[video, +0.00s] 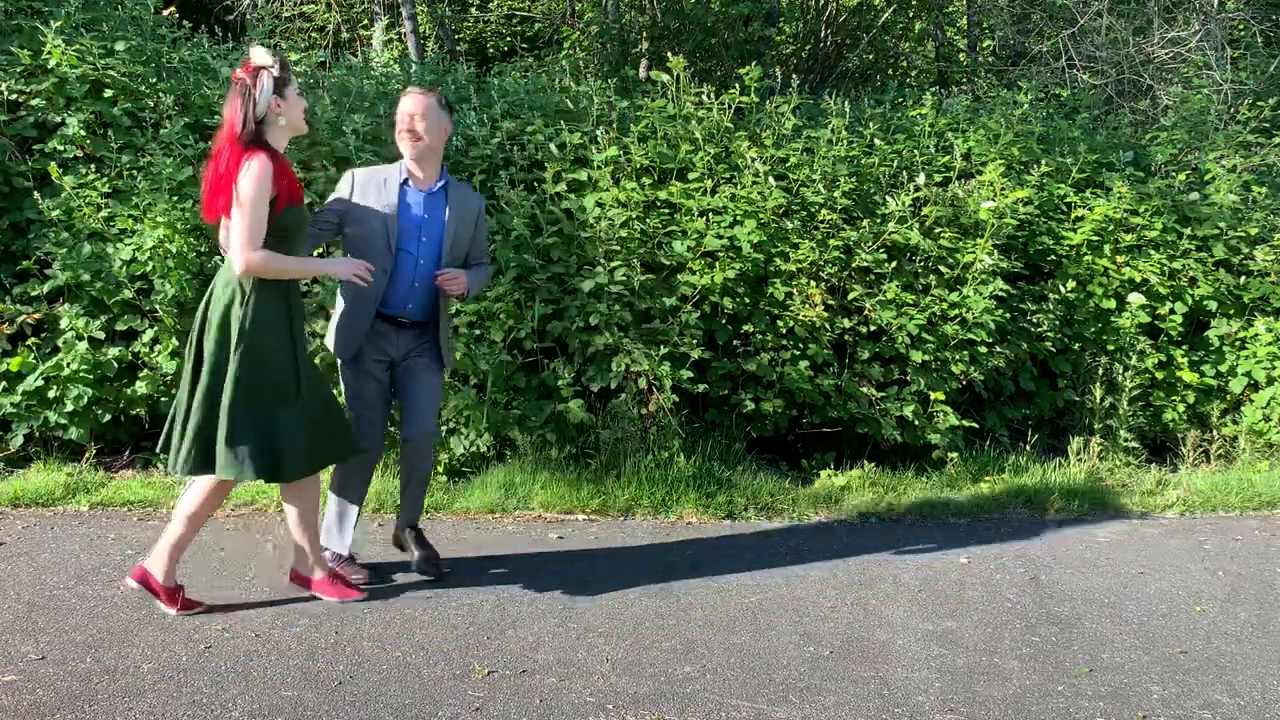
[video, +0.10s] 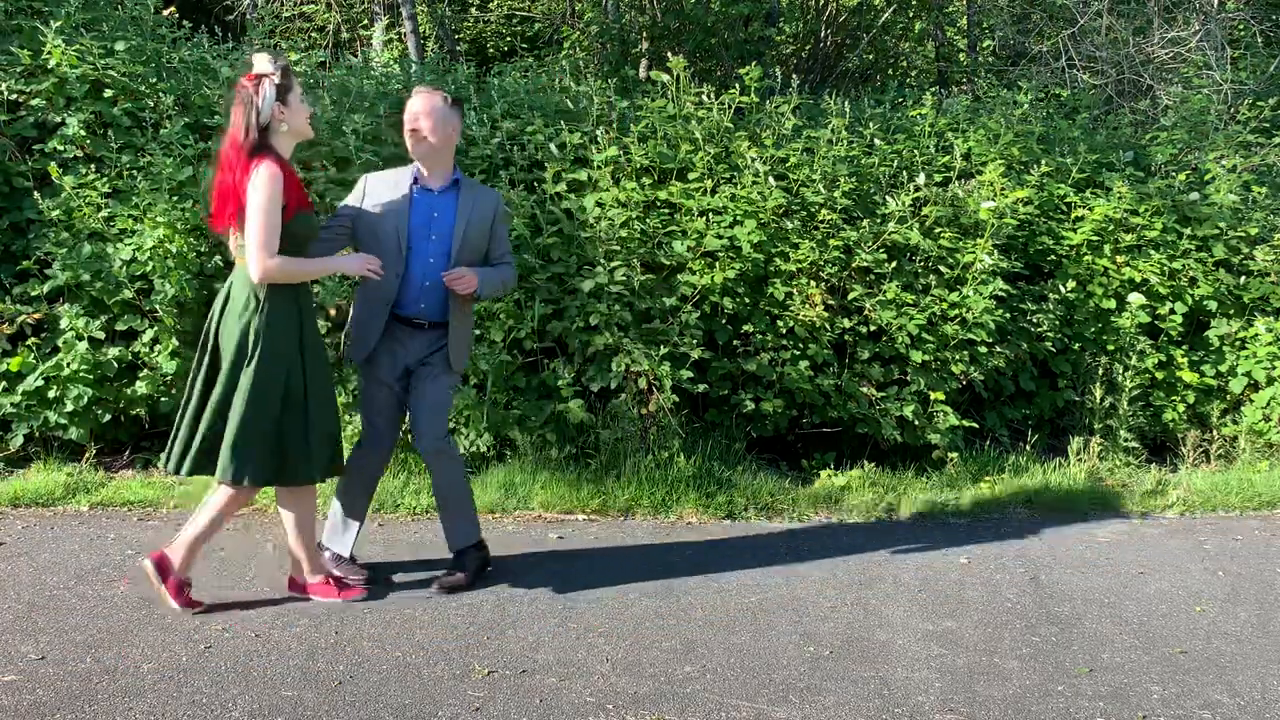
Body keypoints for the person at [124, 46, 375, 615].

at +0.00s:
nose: (304, 102)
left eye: (300, 93)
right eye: (297, 95)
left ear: (271, 107)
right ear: (276, 108)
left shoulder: (254, 160)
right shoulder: (259, 163)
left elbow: (230, 246)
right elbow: (248, 258)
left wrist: (305, 241)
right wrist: (329, 266)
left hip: (244, 315)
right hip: (257, 319)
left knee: (231, 451)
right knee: (302, 439)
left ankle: (160, 564)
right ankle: (312, 563)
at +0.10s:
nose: (311, 107)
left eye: (306, 98)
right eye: (303, 100)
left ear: (276, 114)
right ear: (281, 114)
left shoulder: (255, 167)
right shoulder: (268, 169)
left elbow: (240, 254)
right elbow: (265, 263)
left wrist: (315, 259)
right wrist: (339, 263)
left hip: (259, 313)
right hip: (272, 318)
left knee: (258, 458)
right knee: (291, 450)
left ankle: (175, 559)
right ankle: (310, 571)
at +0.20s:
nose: (317, 105)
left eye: (311, 96)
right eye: (308, 98)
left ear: (281, 116)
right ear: (287, 114)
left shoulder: (268, 165)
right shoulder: (277, 168)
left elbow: (257, 251)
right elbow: (280, 261)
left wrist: (340, 254)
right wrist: (351, 259)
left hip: (272, 311)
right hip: (276, 314)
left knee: (285, 444)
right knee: (290, 445)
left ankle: (196, 541)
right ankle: (306, 574)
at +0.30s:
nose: (327, 104)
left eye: (323, 96)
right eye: (318, 98)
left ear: (290, 113)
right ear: (293, 112)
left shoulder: (275, 161)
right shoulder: (285, 165)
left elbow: (293, 246)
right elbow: (288, 258)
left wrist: (357, 247)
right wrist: (361, 254)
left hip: (263, 305)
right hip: (276, 310)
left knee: (268, 443)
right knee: (313, 443)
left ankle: (197, 542)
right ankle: (313, 565)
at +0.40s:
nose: (337, 112)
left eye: (334, 103)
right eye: (328, 105)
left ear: (302, 116)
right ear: (301, 117)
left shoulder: (294, 167)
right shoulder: (288, 171)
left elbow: (311, 246)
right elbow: (293, 264)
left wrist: (373, 248)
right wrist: (368, 257)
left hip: (268, 313)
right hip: (275, 317)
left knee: (252, 443)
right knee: (342, 428)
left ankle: (183, 549)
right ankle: (333, 549)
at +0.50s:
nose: (351, 123)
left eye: (348, 115)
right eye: (341, 116)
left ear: (319, 129)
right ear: (314, 129)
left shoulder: (315, 180)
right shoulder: (298, 183)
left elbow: (326, 252)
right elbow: (298, 274)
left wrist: (384, 251)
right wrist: (375, 263)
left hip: (282, 325)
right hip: (291, 330)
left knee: (243, 444)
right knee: (349, 439)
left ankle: (179, 551)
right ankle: (341, 548)